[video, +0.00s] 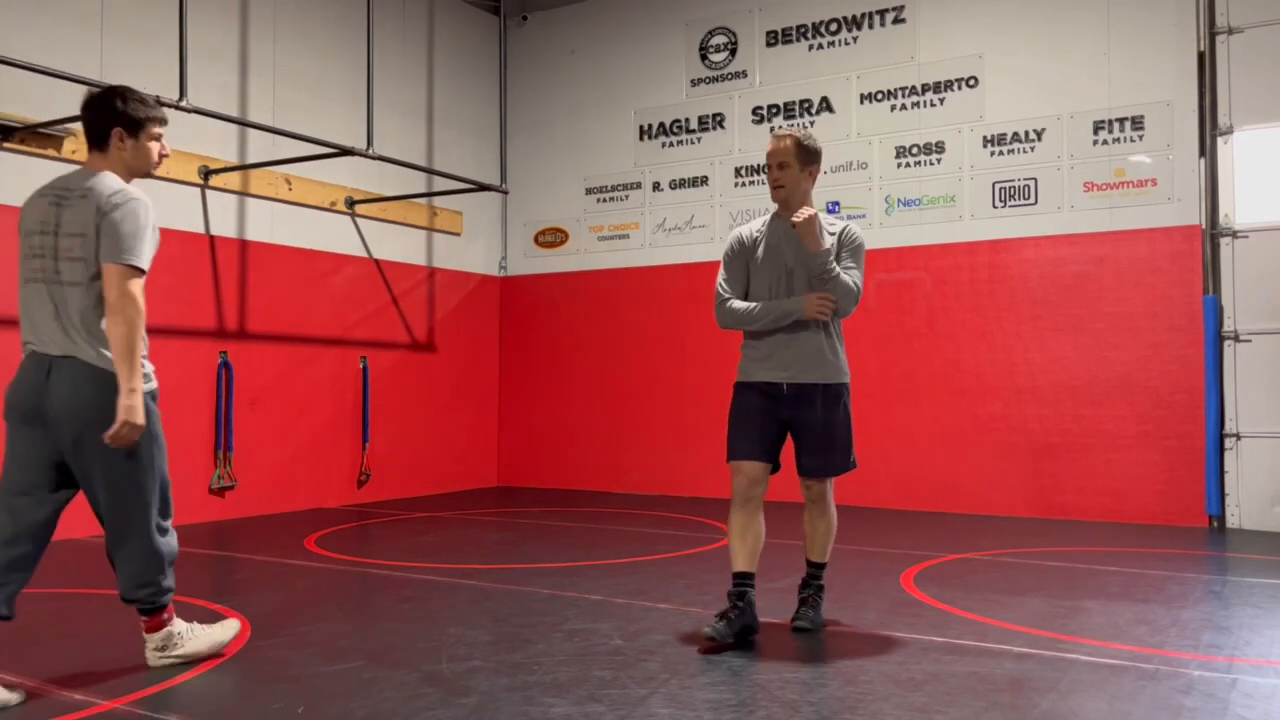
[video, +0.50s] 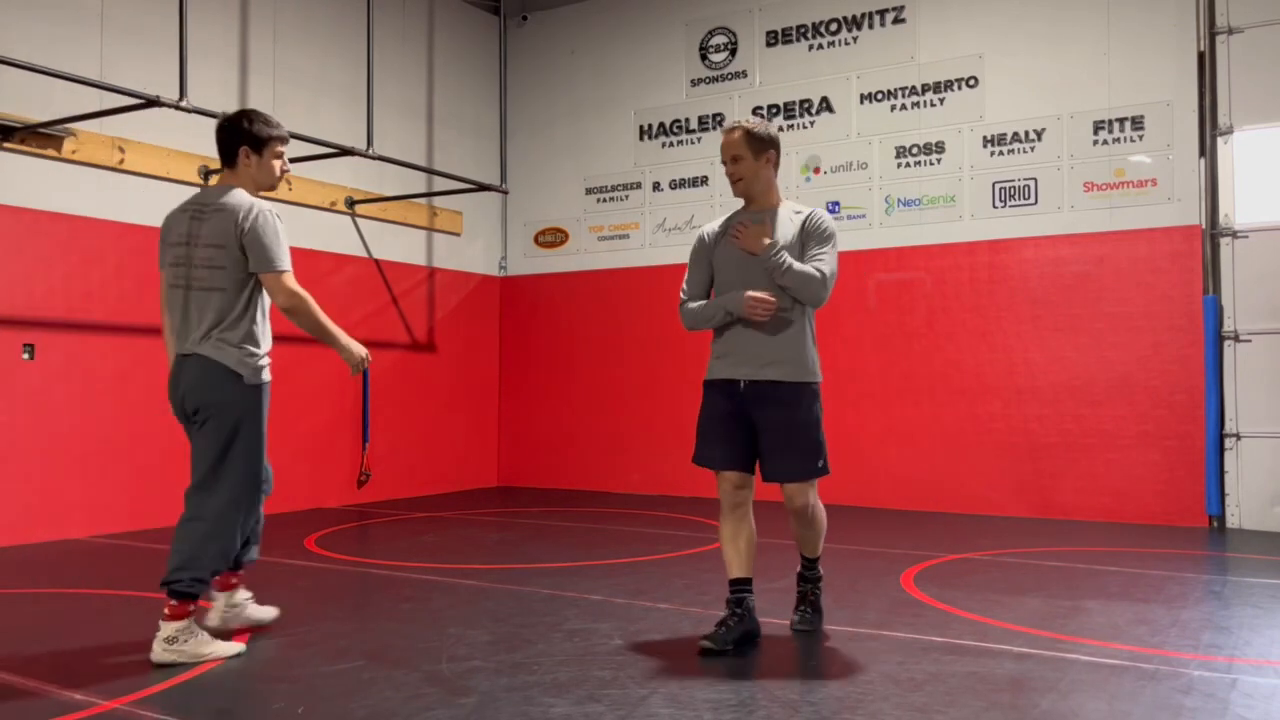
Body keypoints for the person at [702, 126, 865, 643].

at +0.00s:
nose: (772, 177)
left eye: (782, 168)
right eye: (768, 168)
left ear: (812, 172)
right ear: (767, 173)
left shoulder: (843, 237)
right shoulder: (744, 240)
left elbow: (845, 303)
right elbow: (725, 311)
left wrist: (815, 246)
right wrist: (794, 307)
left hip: (819, 383)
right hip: (757, 383)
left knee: (816, 491)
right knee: (746, 488)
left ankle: (812, 596)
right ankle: (741, 607)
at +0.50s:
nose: (727, 172)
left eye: (735, 161)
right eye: (724, 163)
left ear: (768, 159)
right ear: (730, 168)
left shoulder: (812, 224)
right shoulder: (711, 238)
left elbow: (817, 290)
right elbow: (690, 313)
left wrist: (764, 251)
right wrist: (733, 303)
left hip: (789, 381)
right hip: (727, 382)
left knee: (800, 499)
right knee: (733, 493)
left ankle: (810, 587)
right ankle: (740, 612)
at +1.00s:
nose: (737, 166)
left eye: (745, 155)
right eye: (733, 157)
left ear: (778, 156)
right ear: (737, 163)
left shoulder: (813, 224)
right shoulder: (728, 234)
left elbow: (804, 296)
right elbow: (708, 299)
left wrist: (754, 257)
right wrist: (703, 312)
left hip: (786, 381)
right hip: (729, 380)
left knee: (794, 497)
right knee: (732, 494)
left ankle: (837, 601)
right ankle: (741, 615)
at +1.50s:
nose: (793, 161)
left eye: (804, 151)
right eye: (786, 152)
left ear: (829, 157)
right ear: (780, 160)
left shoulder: (858, 229)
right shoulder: (759, 235)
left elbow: (880, 308)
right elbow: (732, 306)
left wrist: (825, 274)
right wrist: (754, 303)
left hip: (834, 379)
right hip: (771, 381)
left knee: (839, 494)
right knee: (755, 491)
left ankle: (843, 611)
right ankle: (744, 613)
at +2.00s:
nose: (816, 169)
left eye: (827, 160)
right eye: (810, 160)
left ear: (851, 165)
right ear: (803, 166)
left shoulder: (876, 236)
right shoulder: (777, 237)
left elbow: (902, 311)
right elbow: (752, 308)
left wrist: (841, 287)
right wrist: (787, 302)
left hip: (847, 380)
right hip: (785, 381)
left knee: (847, 493)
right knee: (768, 492)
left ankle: (844, 607)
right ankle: (801, 563)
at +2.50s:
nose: (783, 184)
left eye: (793, 175)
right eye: (778, 176)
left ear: (820, 178)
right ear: (775, 182)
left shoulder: (852, 243)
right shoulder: (763, 251)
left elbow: (879, 313)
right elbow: (746, 321)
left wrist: (815, 297)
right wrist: (772, 305)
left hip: (834, 381)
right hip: (780, 384)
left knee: (836, 487)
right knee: (796, 487)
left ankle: (844, 602)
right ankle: (814, 587)